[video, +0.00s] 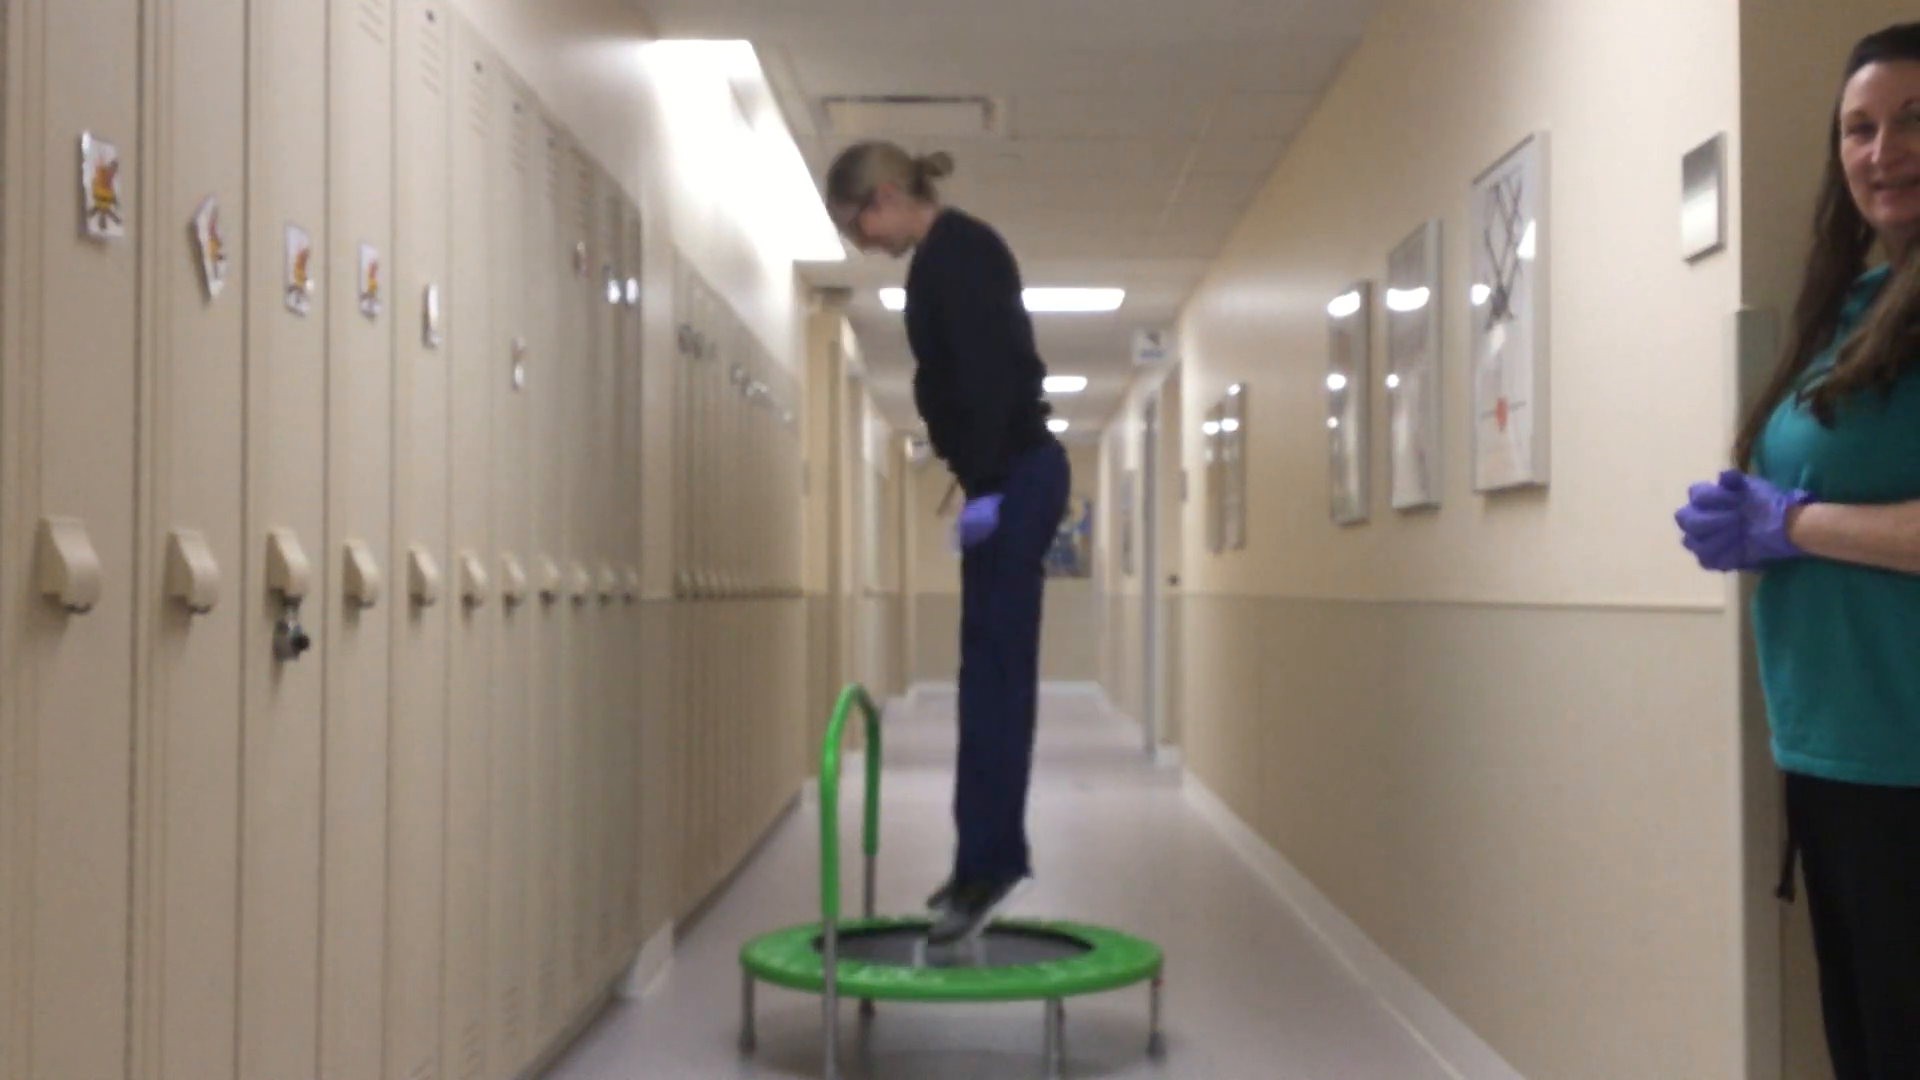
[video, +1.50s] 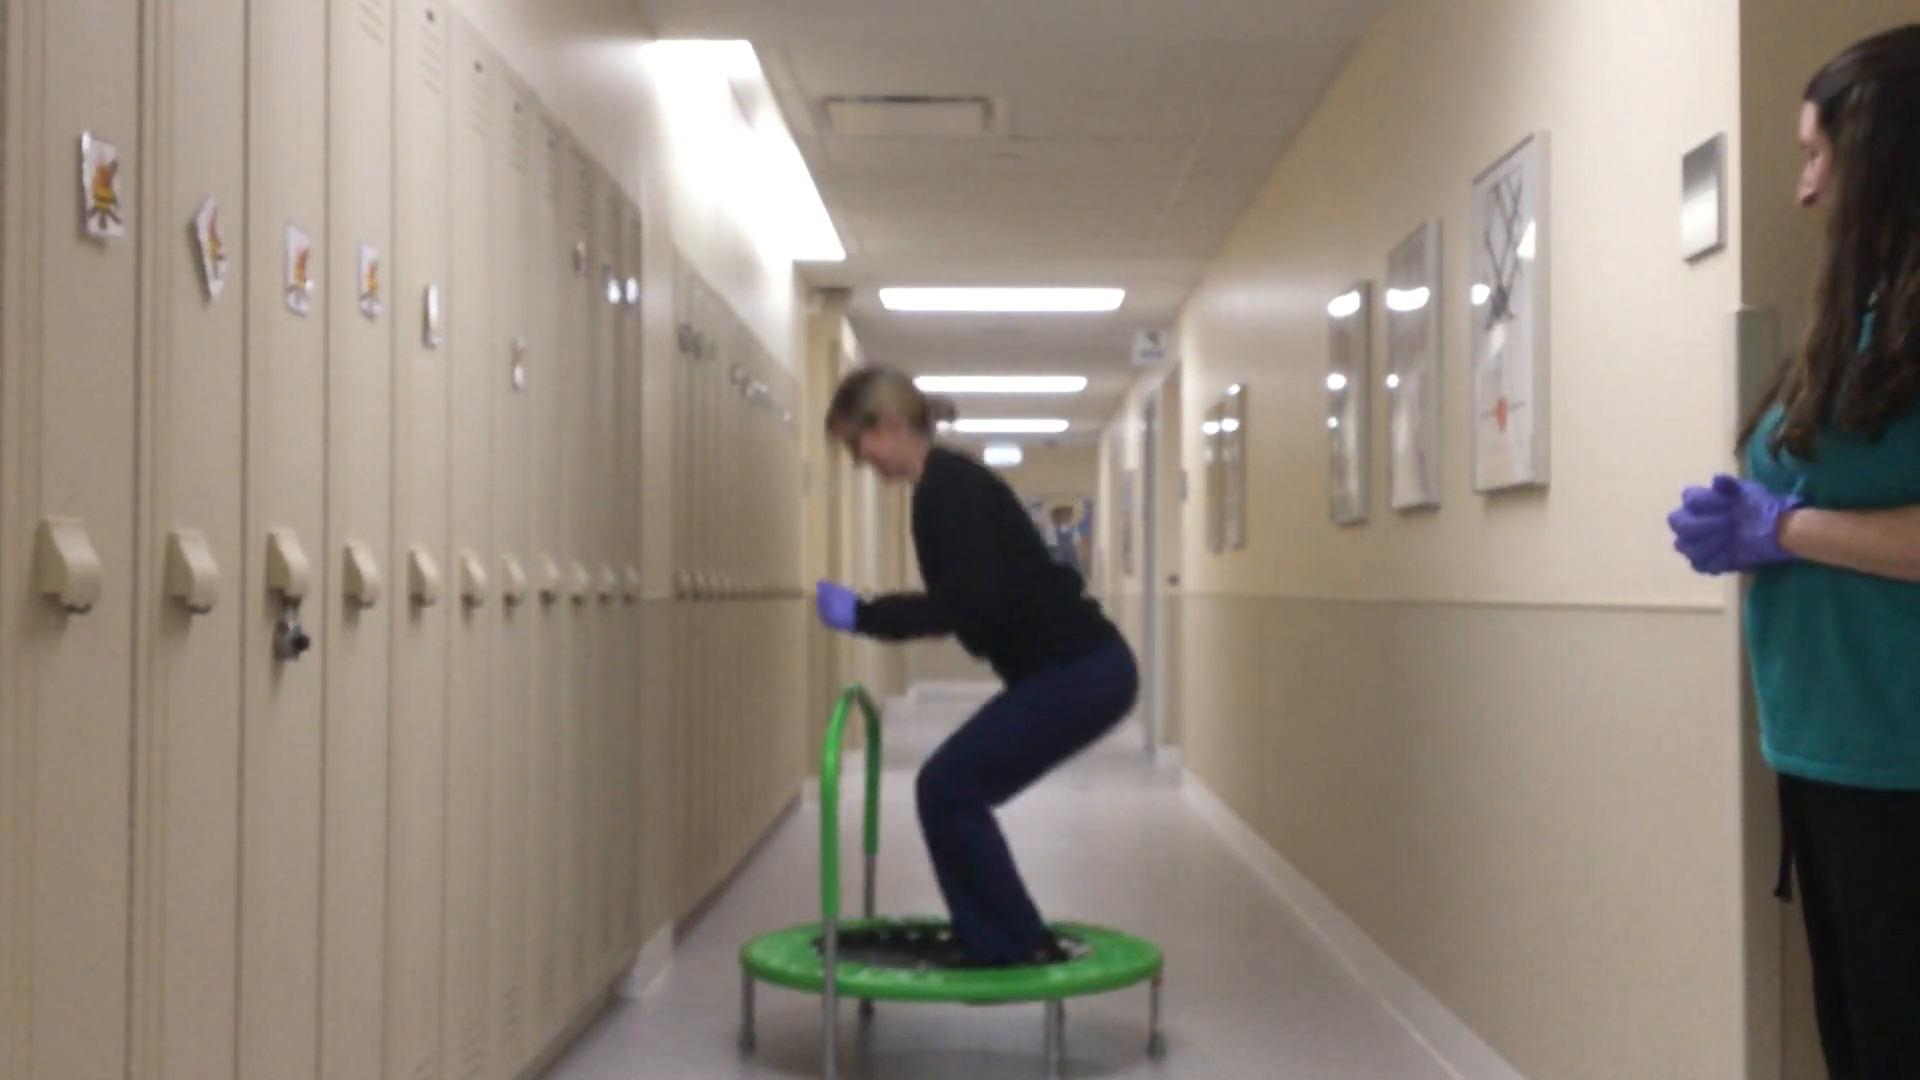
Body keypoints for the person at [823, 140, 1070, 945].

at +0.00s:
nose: (863, 239)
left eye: (861, 221)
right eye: (855, 229)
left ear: (889, 193)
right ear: (885, 202)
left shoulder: (957, 249)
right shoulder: (945, 255)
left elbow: (988, 365)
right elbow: (979, 367)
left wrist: (984, 480)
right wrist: (977, 476)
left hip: (1015, 474)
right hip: (1006, 475)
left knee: (995, 667)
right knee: (990, 667)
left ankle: (990, 860)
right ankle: (984, 856)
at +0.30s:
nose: (842, 378)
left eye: (840, 359)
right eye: (832, 367)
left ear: (870, 334)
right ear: (860, 345)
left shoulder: (934, 405)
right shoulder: (922, 406)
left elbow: (969, 516)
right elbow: (951, 520)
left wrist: (899, 576)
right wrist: (895, 573)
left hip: (1033, 609)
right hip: (1027, 607)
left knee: (946, 767)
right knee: (953, 766)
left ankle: (984, 943)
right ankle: (997, 932)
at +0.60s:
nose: (835, 470)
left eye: (834, 453)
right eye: (828, 459)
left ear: (863, 435)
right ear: (871, 437)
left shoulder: (925, 495)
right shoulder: (922, 494)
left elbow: (941, 617)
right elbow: (934, 615)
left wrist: (853, 627)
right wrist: (856, 622)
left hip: (1057, 683)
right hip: (1054, 679)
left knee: (914, 792)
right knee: (917, 789)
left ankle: (977, 947)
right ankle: (988, 937)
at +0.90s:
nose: (875, 253)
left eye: (873, 234)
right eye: (867, 241)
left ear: (901, 208)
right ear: (900, 216)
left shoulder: (963, 264)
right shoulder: (956, 271)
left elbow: (997, 379)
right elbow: (991, 383)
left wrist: (990, 490)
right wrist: (980, 489)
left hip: (1019, 494)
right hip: (1013, 494)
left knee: (994, 691)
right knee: (992, 690)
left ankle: (987, 884)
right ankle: (991, 874)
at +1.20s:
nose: (890, 346)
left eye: (890, 328)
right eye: (882, 334)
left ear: (920, 308)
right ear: (916, 315)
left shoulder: (977, 374)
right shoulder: (966, 379)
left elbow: (1019, 485)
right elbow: (1011, 485)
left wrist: (970, 578)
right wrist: (976, 575)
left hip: (1049, 592)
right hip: (1036, 591)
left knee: (977, 755)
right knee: (979, 754)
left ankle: (1020, 937)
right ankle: (1020, 931)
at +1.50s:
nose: (863, 457)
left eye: (863, 440)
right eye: (855, 446)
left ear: (893, 422)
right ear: (894, 426)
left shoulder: (951, 485)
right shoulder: (943, 487)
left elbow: (961, 604)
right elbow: (954, 604)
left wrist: (865, 614)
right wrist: (867, 613)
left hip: (1083, 673)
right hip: (1071, 671)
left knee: (948, 787)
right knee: (945, 785)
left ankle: (1009, 942)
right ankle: (1000, 939)